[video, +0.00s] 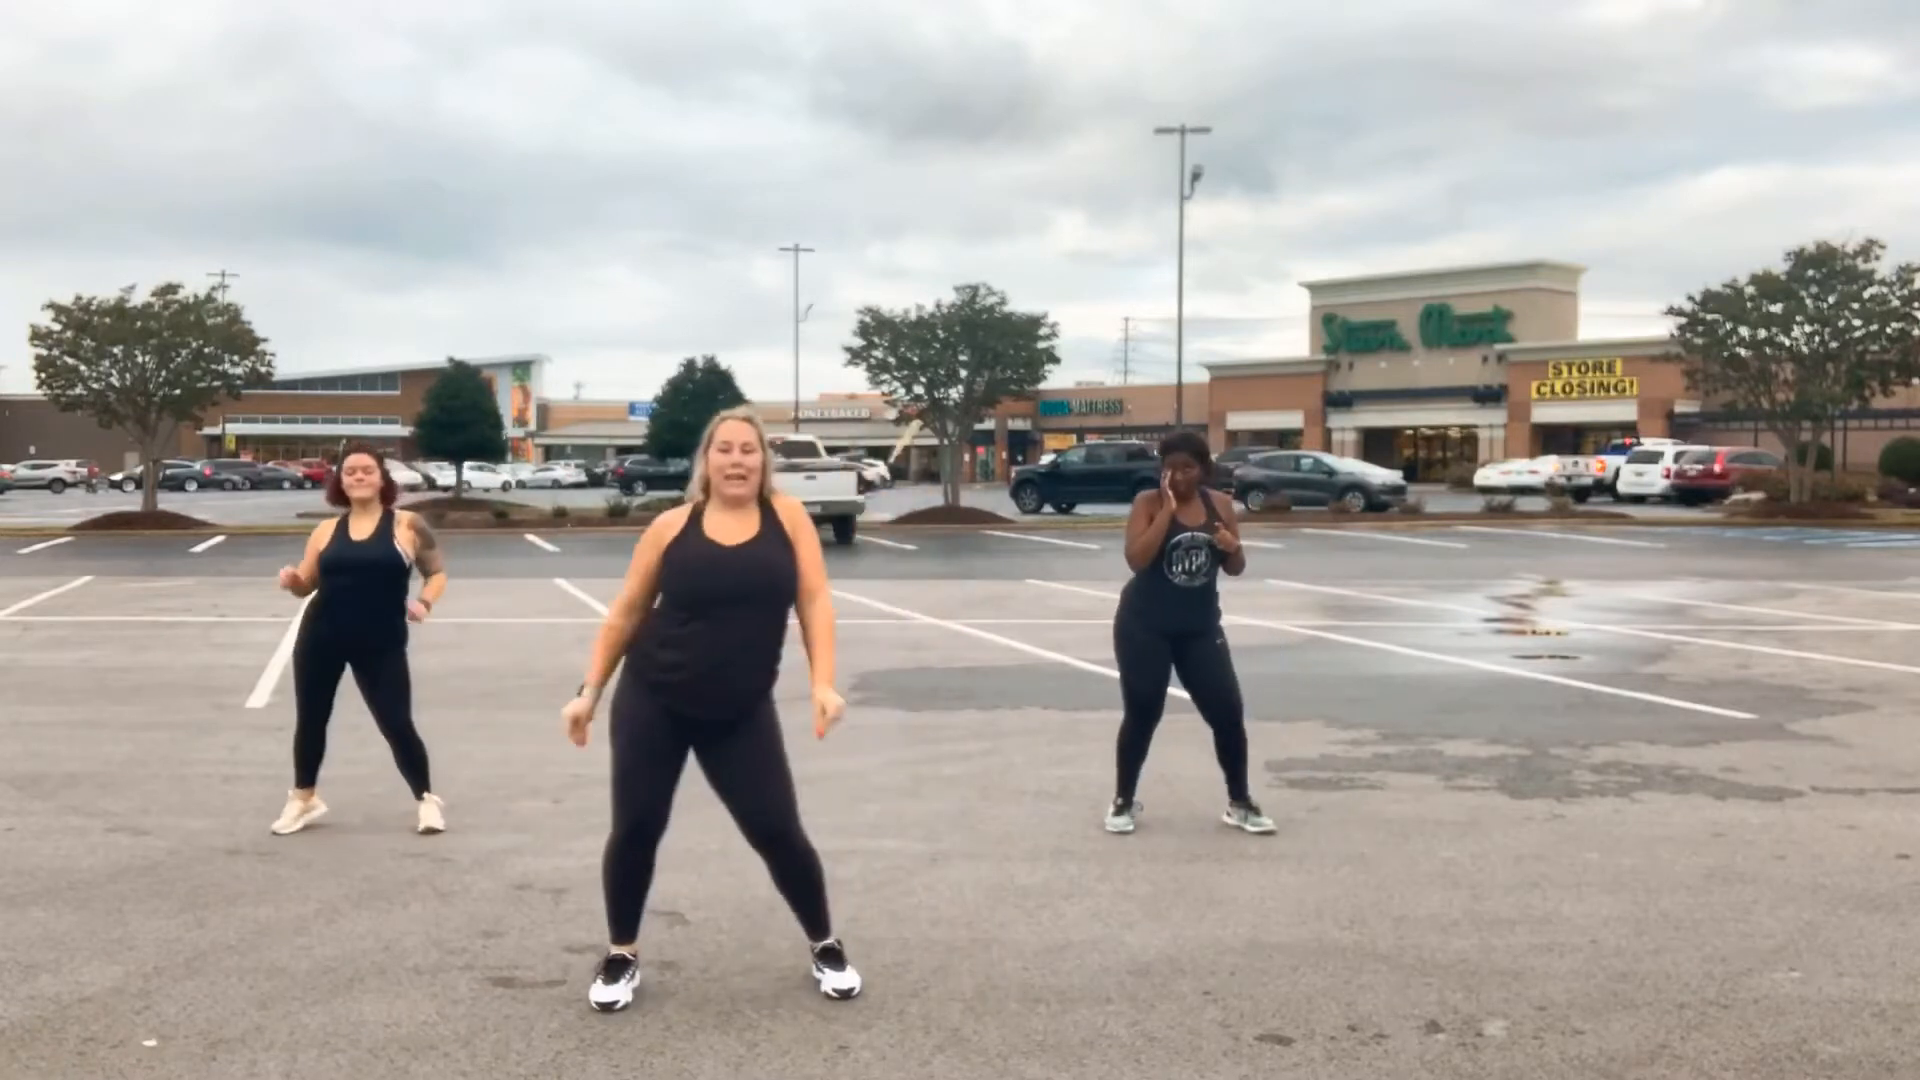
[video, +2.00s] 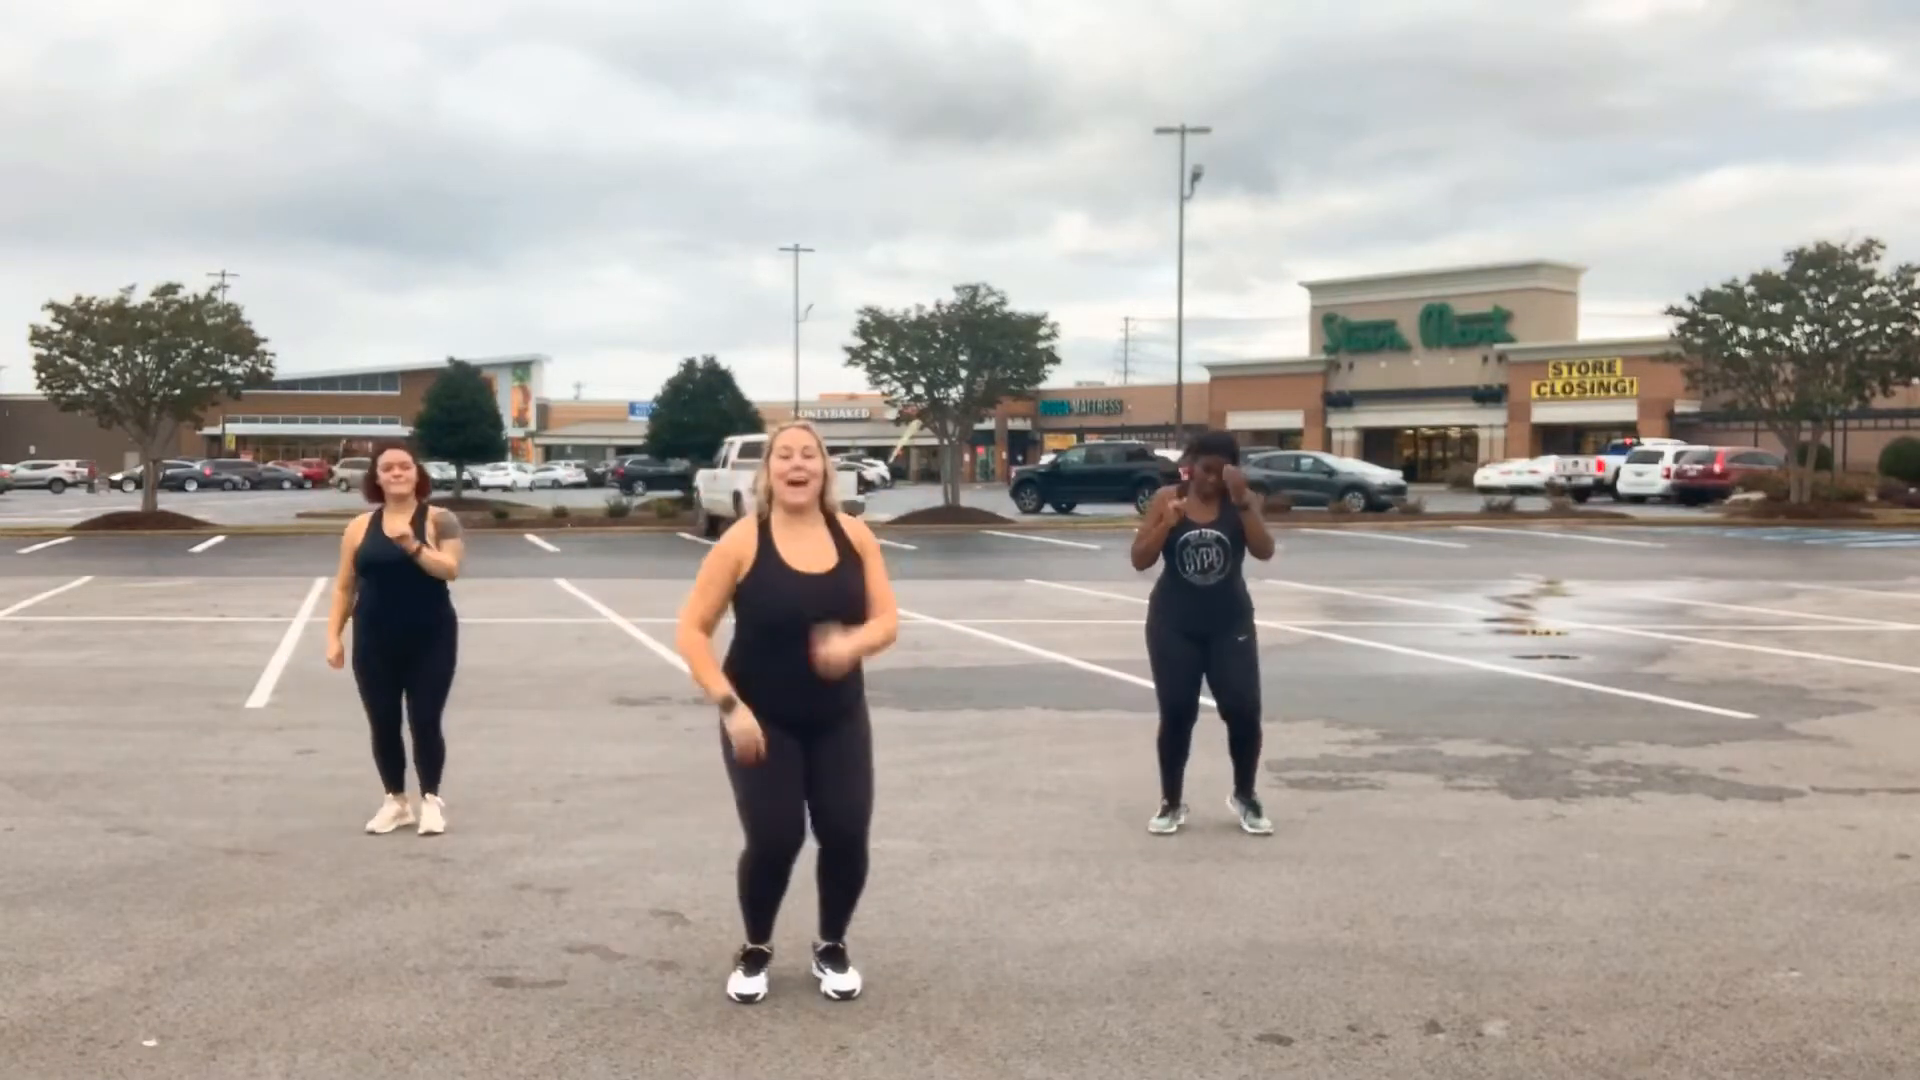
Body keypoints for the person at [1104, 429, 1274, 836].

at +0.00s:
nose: (1178, 475)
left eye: (1186, 468)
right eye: (1171, 468)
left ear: (1202, 468)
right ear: (1161, 470)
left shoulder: (1219, 503)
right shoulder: (1148, 502)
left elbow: (1235, 568)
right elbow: (1136, 558)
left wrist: (1231, 549)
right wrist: (1166, 512)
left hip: (1199, 627)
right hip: (1144, 626)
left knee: (1228, 712)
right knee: (1142, 713)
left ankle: (1240, 803)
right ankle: (1123, 802)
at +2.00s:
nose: (1213, 477)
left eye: (1220, 469)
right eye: (1206, 469)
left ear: (1230, 472)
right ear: (1189, 469)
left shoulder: (1239, 503)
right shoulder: (1166, 500)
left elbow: (1264, 551)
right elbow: (1140, 561)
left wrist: (1244, 502)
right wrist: (1165, 524)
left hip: (1230, 623)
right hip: (1174, 623)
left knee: (1245, 714)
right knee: (1176, 715)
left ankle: (1245, 796)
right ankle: (1170, 804)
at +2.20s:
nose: (1220, 479)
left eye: (1227, 472)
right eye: (1213, 471)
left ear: (1235, 473)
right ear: (1192, 469)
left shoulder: (1245, 502)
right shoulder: (1168, 501)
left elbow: (1266, 548)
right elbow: (1142, 561)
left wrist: (1242, 500)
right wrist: (1175, 524)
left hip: (1239, 618)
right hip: (1183, 620)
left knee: (1266, 707)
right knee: (1178, 711)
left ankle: (1289, 794)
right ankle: (1171, 803)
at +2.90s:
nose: (1222, 466)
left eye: (1229, 459)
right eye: (1214, 458)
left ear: (1236, 464)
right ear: (1193, 459)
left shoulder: (1242, 501)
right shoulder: (1170, 502)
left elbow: (1255, 557)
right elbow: (1168, 562)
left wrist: (1266, 541)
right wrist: (1212, 532)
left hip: (1235, 619)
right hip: (1181, 622)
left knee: (1253, 705)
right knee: (1188, 710)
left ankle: (1250, 794)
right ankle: (1179, 803)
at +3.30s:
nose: (1223, 459)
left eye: (1227, 452)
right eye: (1213, 455)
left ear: (1237, 458)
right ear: (1196, 465)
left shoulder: (1248, 507)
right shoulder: (1179, 503)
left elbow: (1256, 571)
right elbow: (1150, 563)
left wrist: (1269, 567)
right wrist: (1203, 577)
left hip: (1220, 623)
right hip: (1167, 619)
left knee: (1222, 712)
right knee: (1173, 702)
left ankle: (1214, 804)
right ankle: (1140, 790)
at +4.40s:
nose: (1214, 456)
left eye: (1218, 450)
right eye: (1204, 451)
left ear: (1226, 457)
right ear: (1185, 459)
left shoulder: (1239, 500)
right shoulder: (1163, 503)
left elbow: (1251, 557)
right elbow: (1135, 558)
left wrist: (1218, 527)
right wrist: (1158, 555)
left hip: (1224, 621)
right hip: (1169, 623)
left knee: (1249, 702)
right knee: (1181, 710)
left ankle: (1237, 788)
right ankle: (1180, 802)